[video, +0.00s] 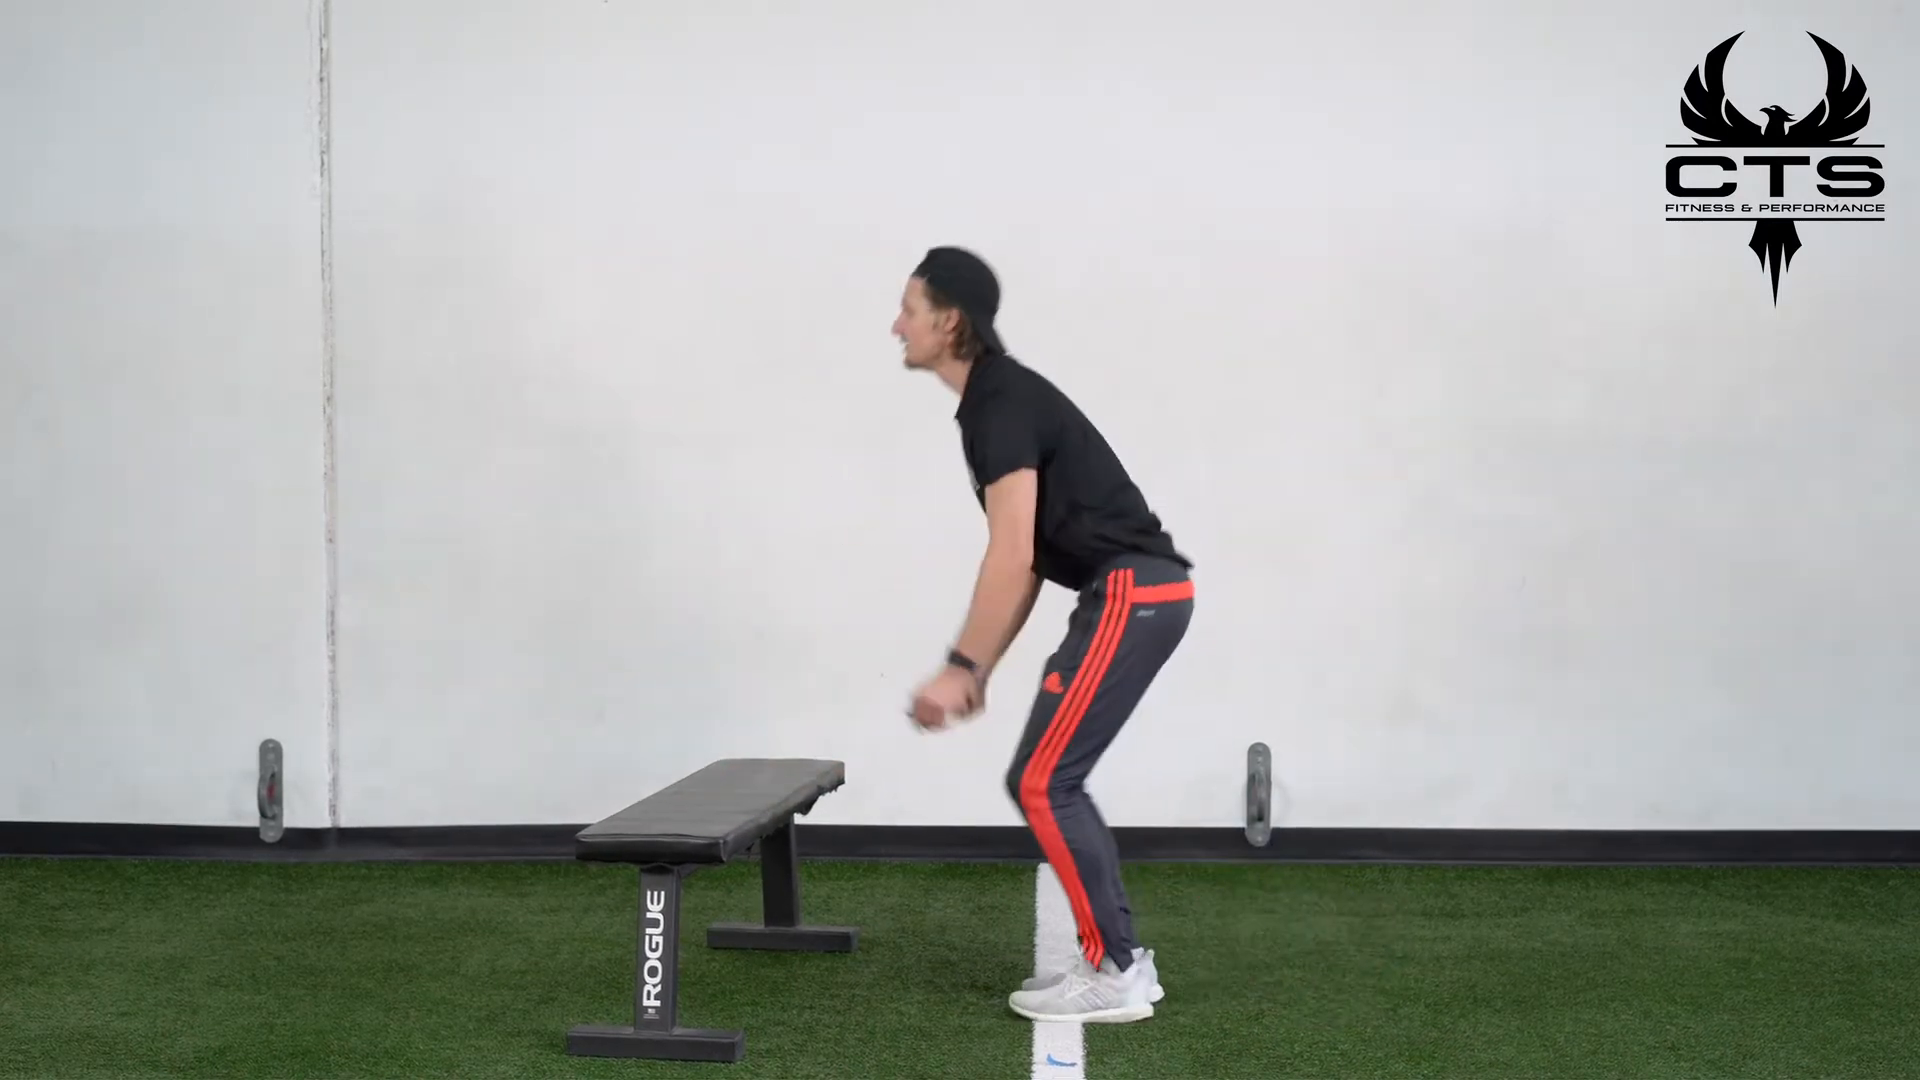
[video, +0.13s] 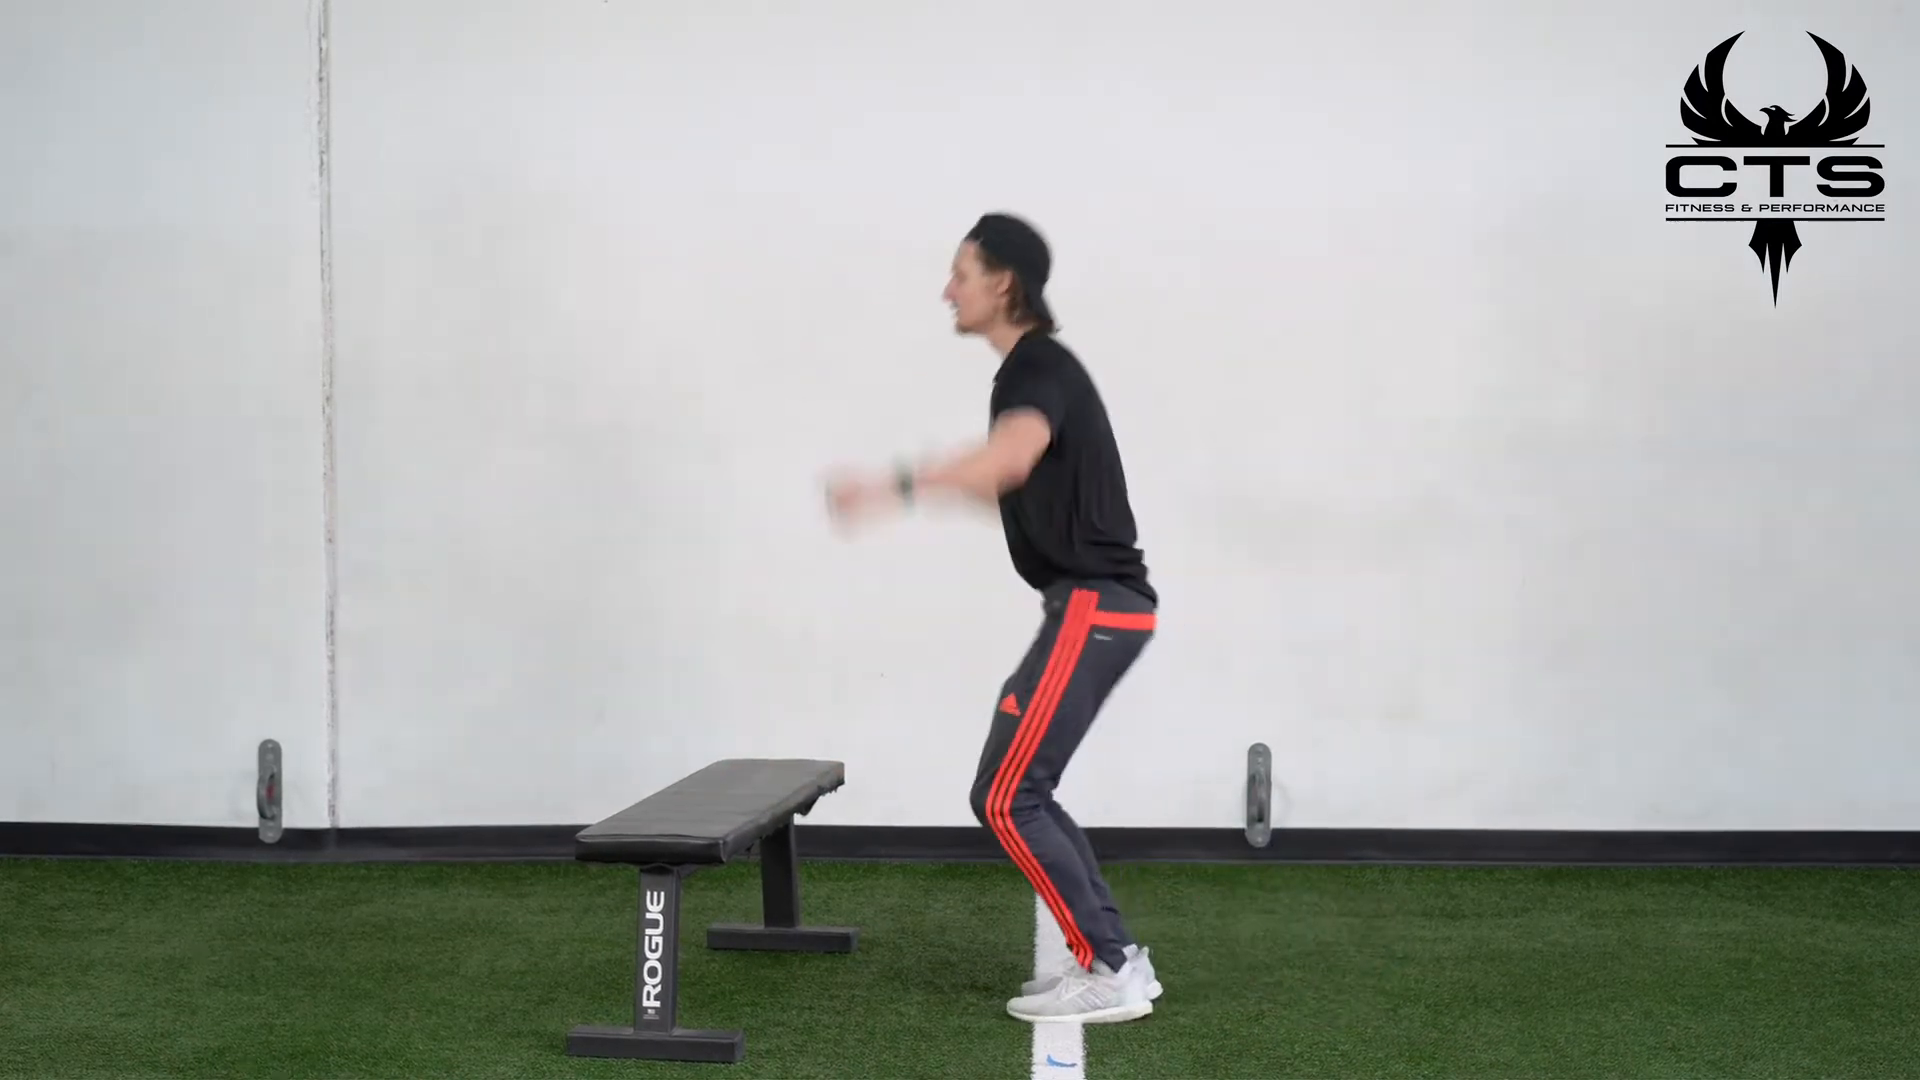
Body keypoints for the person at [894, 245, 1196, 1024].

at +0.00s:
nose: (897, 322)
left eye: (909, 309)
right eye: (902, 307)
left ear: (951, 322)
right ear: (955, 322)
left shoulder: (1000, 402)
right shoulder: (996, 400)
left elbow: (1013, 553)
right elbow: (1022, 565)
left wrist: (962, 667)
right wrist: (973, 670)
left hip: (1137, 591)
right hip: (1126, 589)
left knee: (1043, 780)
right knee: (1044, 777)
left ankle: (1119, 968)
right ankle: (1116, 960)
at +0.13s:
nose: (948, 288)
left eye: (961, 274)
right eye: (952, 273)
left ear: (1004, 282)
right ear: (1003, 285)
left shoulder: (1040, 366)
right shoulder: (1024, 372)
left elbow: (1010, 461)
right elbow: (1018, 485)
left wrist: (896, 485)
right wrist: (936, 478)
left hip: (1100, 604)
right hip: (1083, 602)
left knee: (1007, 796)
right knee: (1010, 792)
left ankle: (1113, 967)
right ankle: (1108, 957)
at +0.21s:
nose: (972, 232)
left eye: (982, 218)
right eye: (975, 217)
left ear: (1023, 227)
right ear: (1028, 229)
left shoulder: (1058, 314)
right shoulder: (1040, 314)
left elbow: (1026, 355)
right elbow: (1020, 372)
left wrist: (907, 311)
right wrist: (964, 327)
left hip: (1073, 563)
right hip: (1064, 558)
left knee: (1030, 762)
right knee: (1040, 759)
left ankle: (1108, 955)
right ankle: (1106, 946)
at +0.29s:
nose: (978, 170)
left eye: (991, 154)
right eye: (981, 156)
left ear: (1033, 162)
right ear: (1040, 165)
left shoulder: (1064, 244)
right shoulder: (1052, 241)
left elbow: (1016, 251)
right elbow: (998, 231)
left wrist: (943, 171)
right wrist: (943, 171)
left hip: (1060, 500)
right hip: (1050, 498)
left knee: (1059, 705)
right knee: (1059, 704)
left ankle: (1077, 908)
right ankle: (1079, 900)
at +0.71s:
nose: (970, 246)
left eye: (981, 231)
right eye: (971, 230)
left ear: (1022, 231)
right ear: (1032, 232)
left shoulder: (1050, 312)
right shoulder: (1039, 315)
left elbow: (1071, 322)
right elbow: (1045, 280)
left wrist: (1025, 234)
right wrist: (1000, 217)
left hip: (1043, 574)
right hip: (1048, 571)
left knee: (1025, 777)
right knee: (1043, 775)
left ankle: (1098, 966)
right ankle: (1099, 955)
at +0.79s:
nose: (946, 243)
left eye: (954, 225)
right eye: (946, 226)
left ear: (994, 222)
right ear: (1004, 223)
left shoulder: (1019, 303)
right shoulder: (1047, 302)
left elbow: (1080, 394)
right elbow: (1099, 382)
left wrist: (1051, 335)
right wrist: (1086, 306)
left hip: (1038, 559)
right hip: (1060, 555)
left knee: (1038, 761)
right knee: (1058, 757)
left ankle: (1098, 958)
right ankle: (1097, 948)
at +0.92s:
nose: (904, 264)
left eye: (908, 245)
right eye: (901, 247)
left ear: (952, 235)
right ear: (960, 237)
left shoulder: (1002, 315)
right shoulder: (1023, 308)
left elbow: (1066, 434)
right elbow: (1088, 420)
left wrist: (1071, 536)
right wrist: (1117, 478)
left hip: (1050, 555)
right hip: (1067, 550)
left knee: (1050, 760)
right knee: (1065, 758)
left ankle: (1101, 964)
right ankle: (1102, 952)